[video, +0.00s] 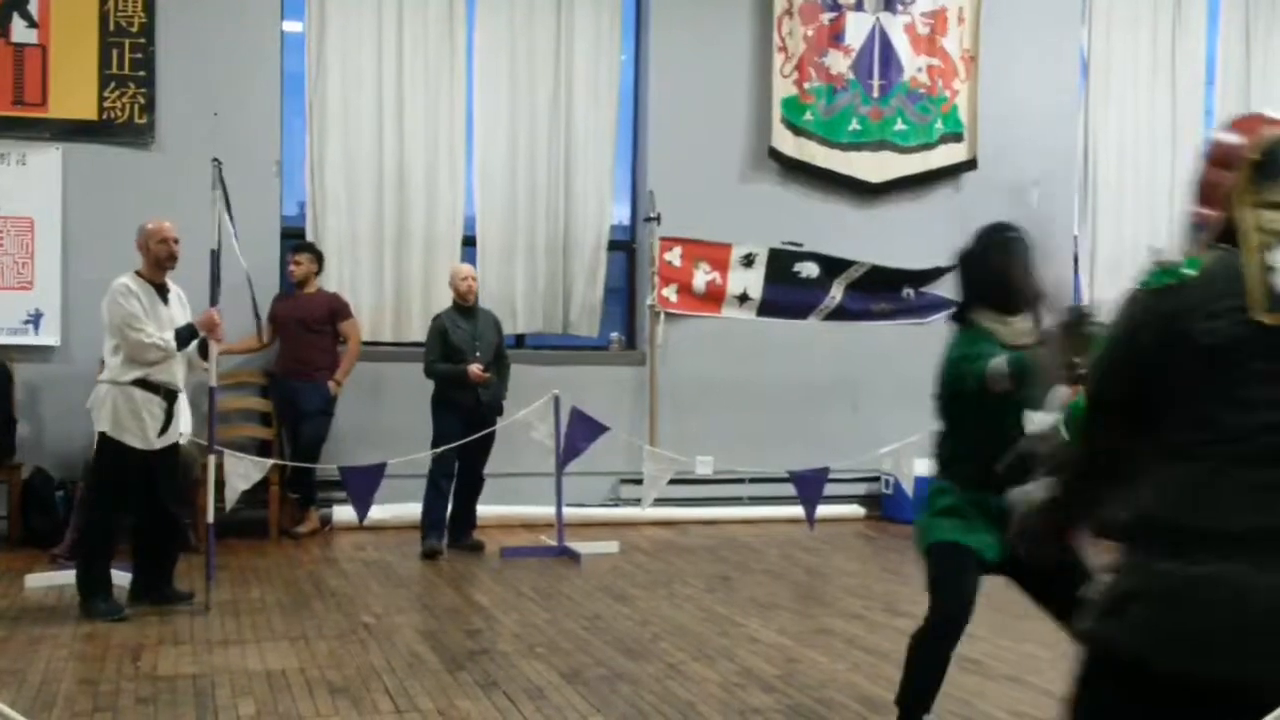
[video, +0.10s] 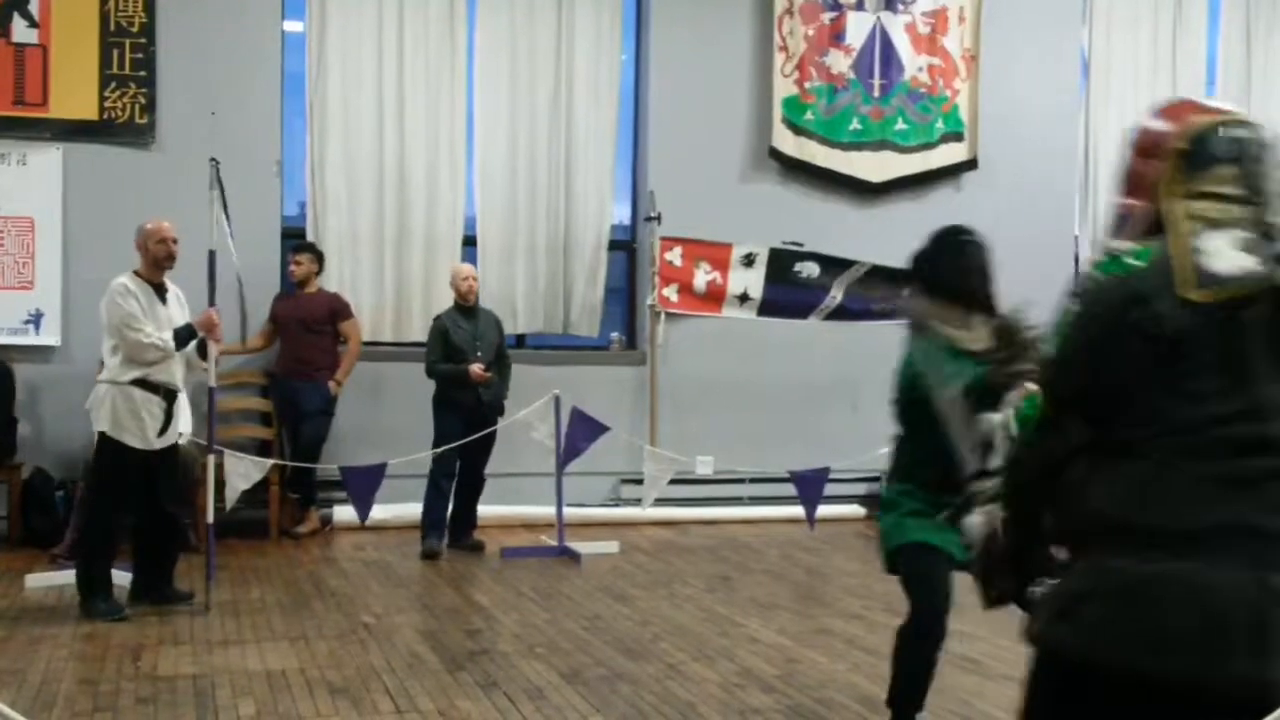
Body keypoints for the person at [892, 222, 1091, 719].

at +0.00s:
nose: (1027, 276)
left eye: (1026, 265)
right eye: (1015, 267)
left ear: (1031, 272)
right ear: (990, 276)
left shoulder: (1035, 340)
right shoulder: (968, 350)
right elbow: (1003, 377)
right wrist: (1055, 349)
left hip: (1023, 514)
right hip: (962, 510)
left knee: (1098, 616)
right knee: (949, 612)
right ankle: (910, 712)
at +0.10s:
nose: (974, 286)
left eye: (975, 276)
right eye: (965, 276)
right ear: (949, 280)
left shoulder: (995, 340)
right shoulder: (927, 350)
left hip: (977, 501)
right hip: (918, 503)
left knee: (1050, 595)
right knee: (930, 609)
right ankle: (903, 710)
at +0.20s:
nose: (943, 278)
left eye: (942, 268)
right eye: (933, 269)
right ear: (914, 278)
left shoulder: (960, 349)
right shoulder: (881, 356)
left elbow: (999, 396)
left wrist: (987, 412)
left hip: (945, 500)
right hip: (888, 502)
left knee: (1001, 608)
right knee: (906, 612)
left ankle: (930, 657)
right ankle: (897, 708)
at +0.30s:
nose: (890, 279)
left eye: (899, 268)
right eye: (882, 268)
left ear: (911, 270)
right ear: (863, 268)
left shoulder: (929, 334)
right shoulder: (843, 337)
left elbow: (954, 391)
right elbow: (827, 407)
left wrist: (927, 417)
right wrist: (874, 420)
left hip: (920, 497)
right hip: (859, 496)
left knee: (937, 605)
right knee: (874, 618)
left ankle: (861, 669)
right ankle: (874, 705)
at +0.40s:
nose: (866, 263)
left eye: (874, 251)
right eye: (856, 251)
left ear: (886, 258)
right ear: (837, 257)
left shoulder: (903, 325)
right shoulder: (816, 329)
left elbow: (916, 387)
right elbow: (804, 397)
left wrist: (881, 418)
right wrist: (841, 429)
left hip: (879, 480)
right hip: (817, 479)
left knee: (898, 587)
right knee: (814, 586)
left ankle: (845, 683)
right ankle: (808, 687)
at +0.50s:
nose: (828, 267)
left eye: (832, 256)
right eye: (822, 256)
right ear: (833, 263)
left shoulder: (873, 325)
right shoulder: (783, 329)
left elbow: (881, 384)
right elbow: (779, 385)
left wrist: (850, 421)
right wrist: (808, 425)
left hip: (845, 484)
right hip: (778, 477)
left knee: (863, 590)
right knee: (736, 577)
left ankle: (836, 693)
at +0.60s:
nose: (795, 281)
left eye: (803, 270)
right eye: (785, 269)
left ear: (817, 269)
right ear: (767, 266)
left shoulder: (830, 329)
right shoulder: (744, 329)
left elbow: (844, 389)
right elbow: (751, 400)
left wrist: (819, 423)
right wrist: (786, 449)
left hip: (808, 478)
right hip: (741, 472)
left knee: (827, 589)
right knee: (701, 573)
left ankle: (829, 691)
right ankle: (664, 661)